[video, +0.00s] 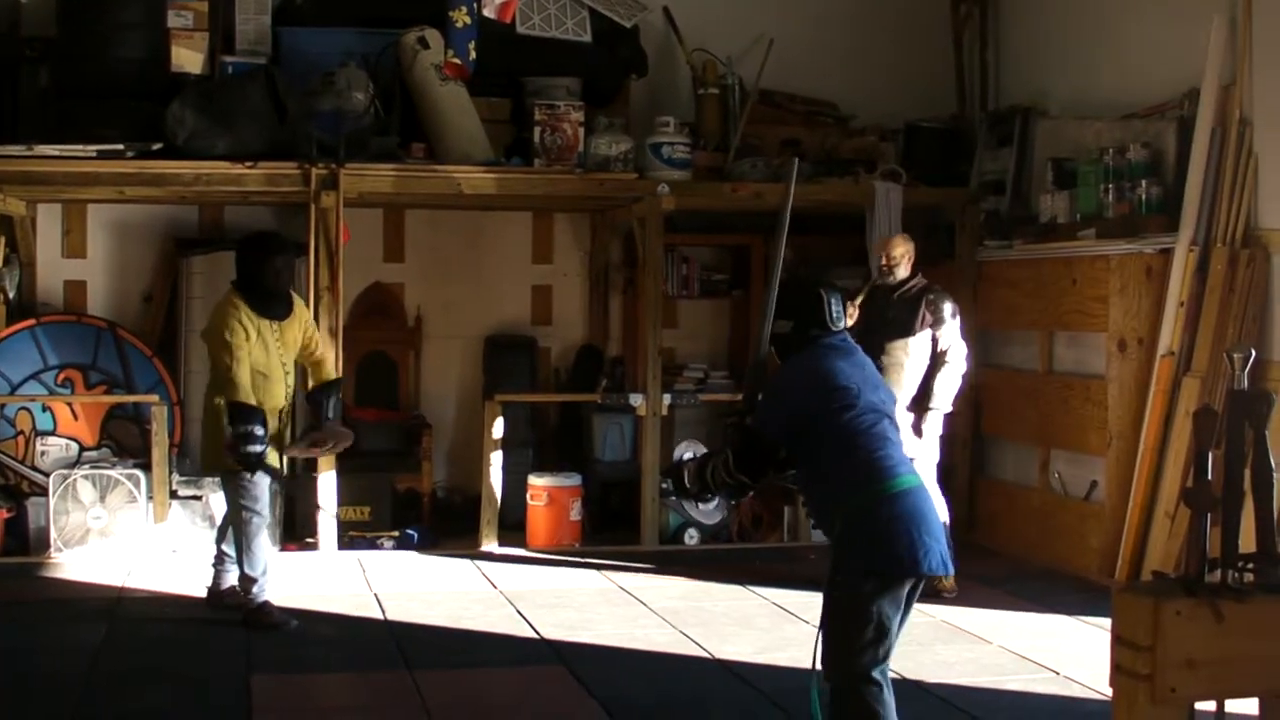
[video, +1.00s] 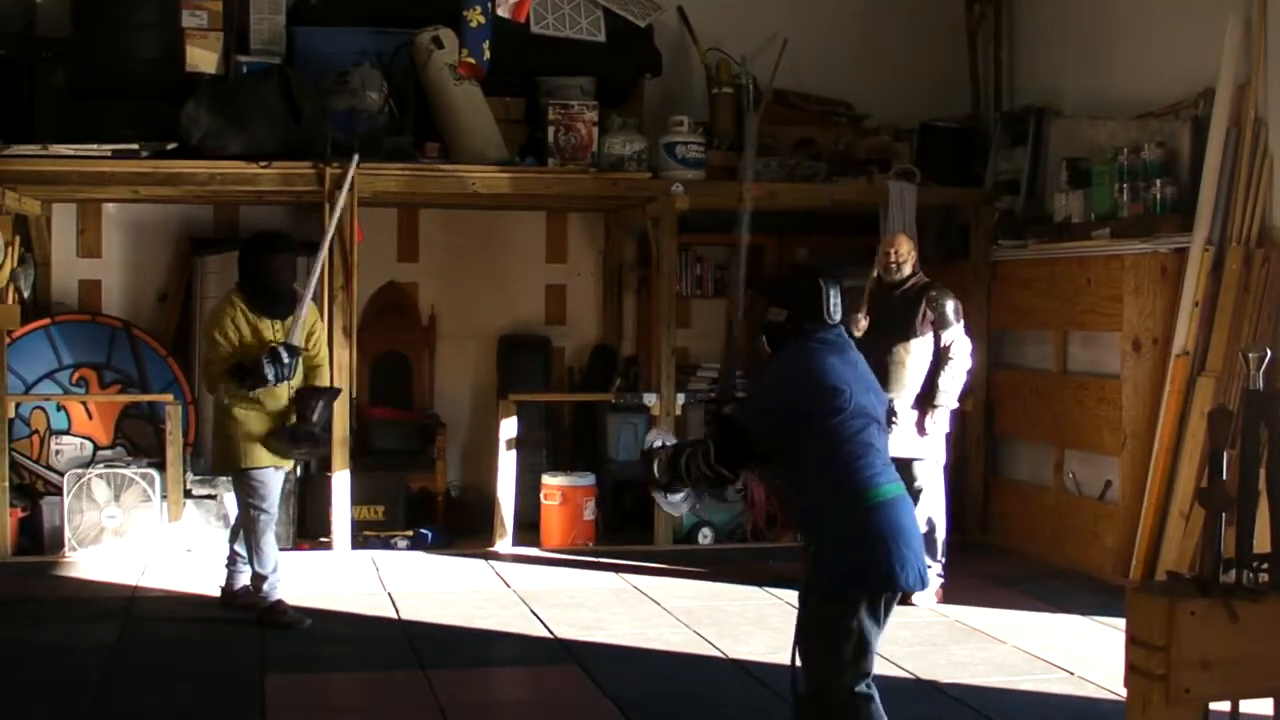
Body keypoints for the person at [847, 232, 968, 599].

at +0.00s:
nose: (885, 265)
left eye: (892, 260)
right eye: (881, 259)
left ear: (910, 260)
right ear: (876, 259)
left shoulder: (933, 301)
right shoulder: (870, 298)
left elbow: (954, 359)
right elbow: (852, 350)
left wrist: (934, 410)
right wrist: (847, 324)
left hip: (915, 413)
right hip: (872, 408)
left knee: (922, 485)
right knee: (877, 486)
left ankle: (941, 567)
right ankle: (882, 568)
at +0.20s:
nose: (889, 263)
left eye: (896, 257)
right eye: (885, 256)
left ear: (913, 259)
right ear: (881, 256)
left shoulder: (933, 296)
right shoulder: (879, 292)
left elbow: (957, 354)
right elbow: (872, 344)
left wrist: (939, 409)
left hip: (927, 408)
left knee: (925, 473)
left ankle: (940, 537)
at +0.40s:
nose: (890, 261)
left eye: (897, 255)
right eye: (885, 254)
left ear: (913, 257)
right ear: (878, 256)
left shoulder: (934, 298)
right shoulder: (872, 295)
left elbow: (955, 355)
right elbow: (858, 347)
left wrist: (938, 406)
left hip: (922, 406)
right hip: (879, 403)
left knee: (923, 480)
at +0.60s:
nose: (891, 259)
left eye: (898, 254)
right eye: (886, 253)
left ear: (913, 257)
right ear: (879, 256)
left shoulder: (933, 298)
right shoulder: (872, 295)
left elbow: (954, 354)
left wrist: (933, 402)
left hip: (920, 405)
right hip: (878, 402)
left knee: (921, 477)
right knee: (881, 475)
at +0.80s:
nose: (891, 259)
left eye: (898, 253)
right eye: (886, 253)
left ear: (913, 256)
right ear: (879, 257)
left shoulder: (933, 297)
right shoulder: (877, 295)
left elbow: (955, 352)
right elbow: (864, 345)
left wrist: (933, 403)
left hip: (918, 406)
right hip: (879, 402)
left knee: (922, 483)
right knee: (885, 482)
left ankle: (930, 556)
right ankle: (889, 557)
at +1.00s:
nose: (891, 259)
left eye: (898, 253)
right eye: (886, 253)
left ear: (913, 257)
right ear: (879, 257)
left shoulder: (933, 297)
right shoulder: (875, 294)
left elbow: (958, 352)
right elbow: (864, 352)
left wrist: (940, 404)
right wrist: (855, 332)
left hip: (922, 416)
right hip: (880, 413)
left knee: (926, 498)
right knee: (885, 496)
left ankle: (929, 577)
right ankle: (890, 576)